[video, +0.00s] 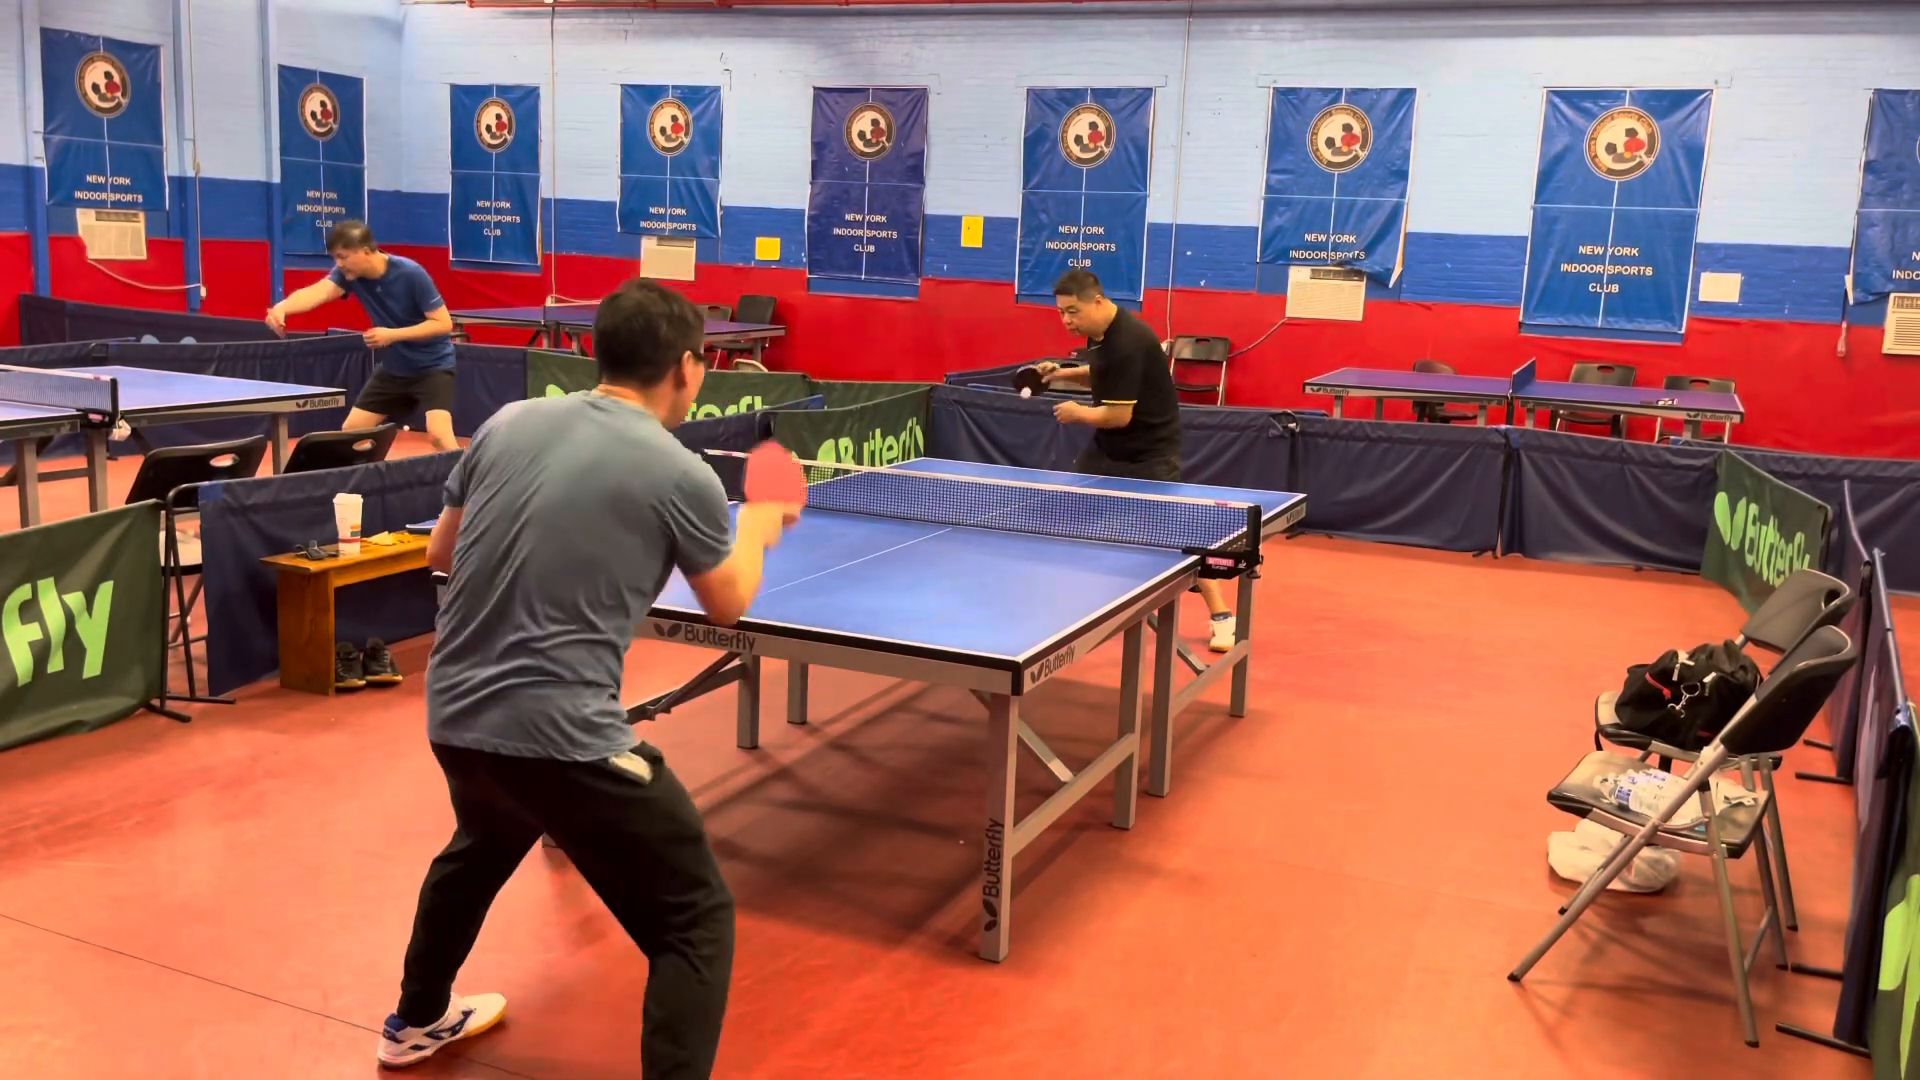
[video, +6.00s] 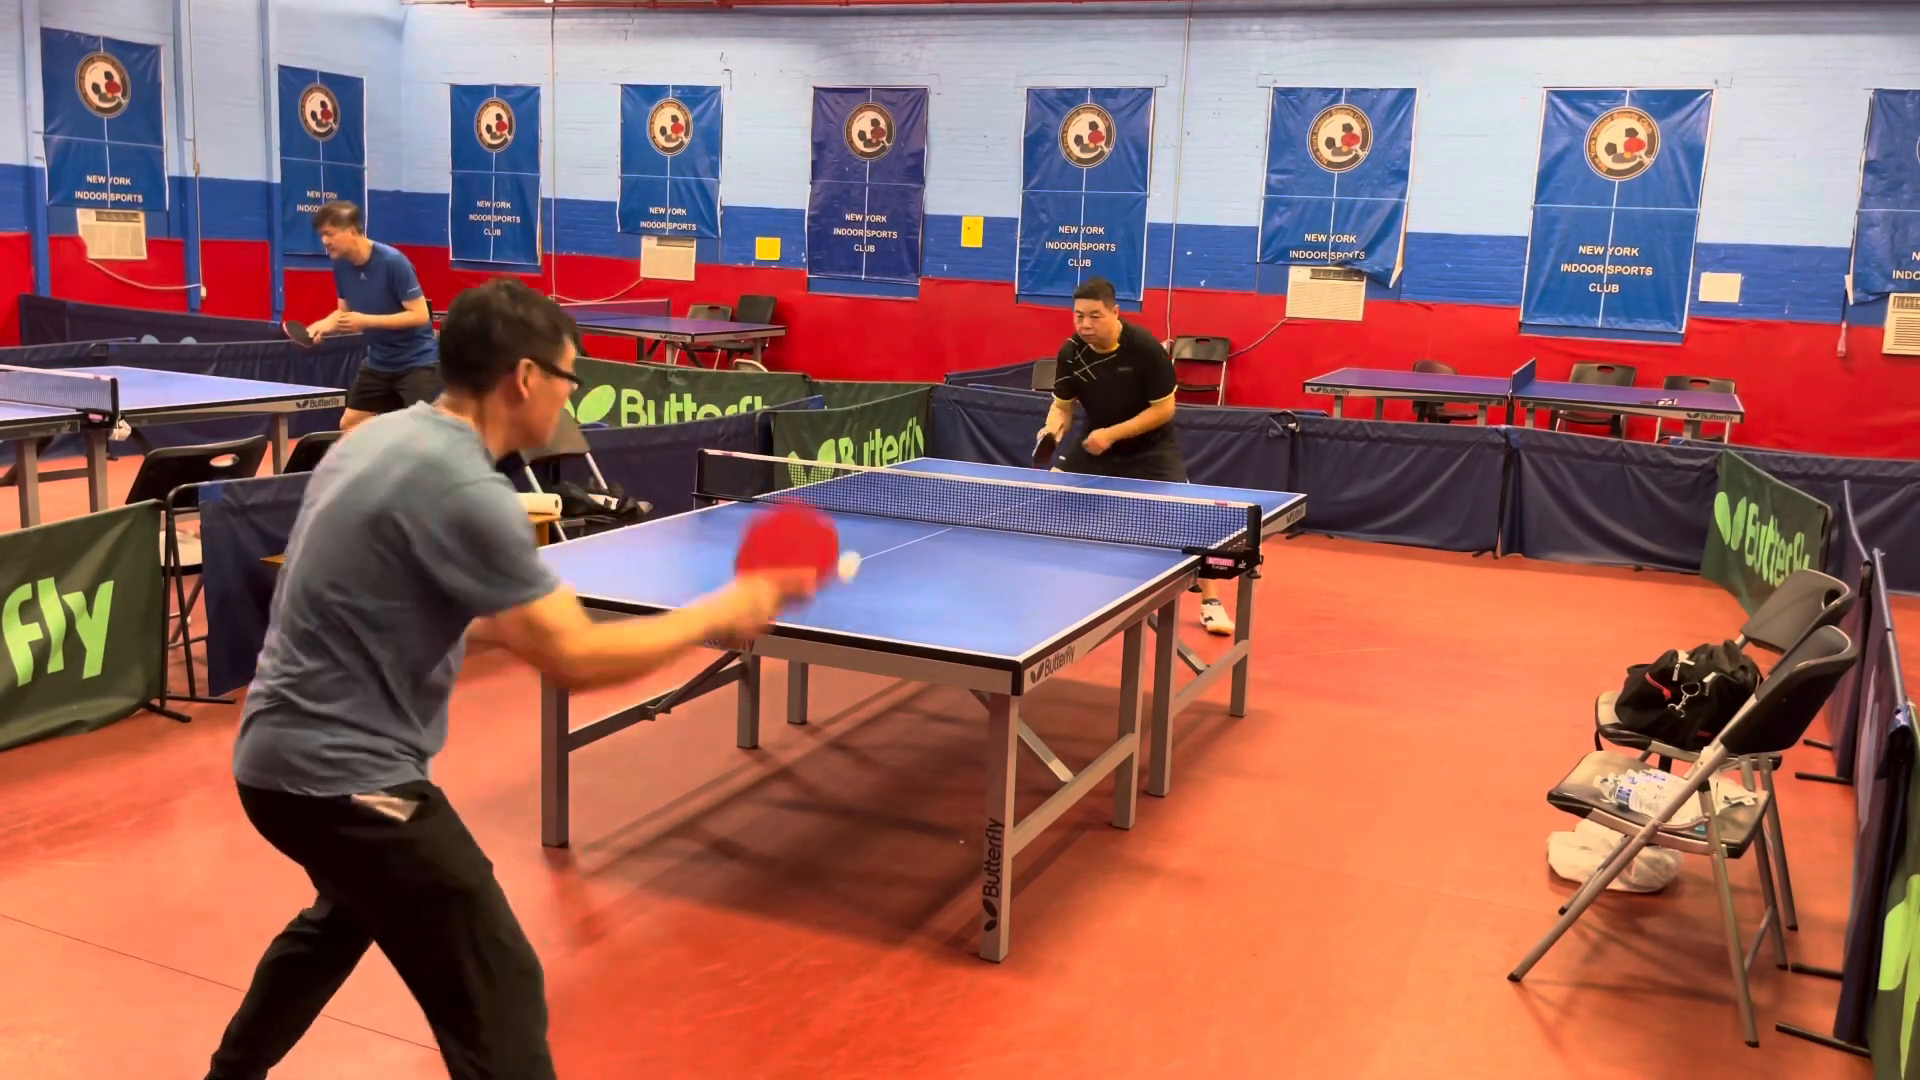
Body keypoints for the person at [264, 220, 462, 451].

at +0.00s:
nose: (338, 265)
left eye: (343, 257)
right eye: (336, 259)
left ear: (365, 251)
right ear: (363, 252)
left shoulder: (412, 274)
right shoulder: (349, 274)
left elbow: (443, 324)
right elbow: (319, 292)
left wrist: (393, 335)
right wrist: (282, 308)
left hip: (434, 367)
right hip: (393, 368)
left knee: (440, 436)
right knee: (351, 431)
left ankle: (469, 491)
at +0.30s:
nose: (349, 257)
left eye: (354, 250)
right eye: (347, 251)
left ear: (377, 246)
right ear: (374, 248)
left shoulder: (422, 273)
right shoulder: (364, 275)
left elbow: (453, 324)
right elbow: (352, 317)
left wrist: (400, 334)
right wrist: (321, 331)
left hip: (442, 363)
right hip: (403, 365)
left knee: (440, 435)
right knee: (363, 433)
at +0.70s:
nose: (328, 263)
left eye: (331, 256)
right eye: (326, 257)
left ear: (353, 250)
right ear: (351, 251)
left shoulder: (402, 272)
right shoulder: (346, 276)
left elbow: (438, 323)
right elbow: (318, 301)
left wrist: (384, 336)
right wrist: (288, 307)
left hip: (434, 363)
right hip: (397, 364)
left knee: (435, 433)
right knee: (357, 428)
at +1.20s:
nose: (307, 246)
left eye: (311, 239)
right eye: (305, 240)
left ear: (334, 235)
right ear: (332, 236)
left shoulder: (379, 262)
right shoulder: (317, 263)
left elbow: (413, 311)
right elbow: (302, 305)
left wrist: (363, 326)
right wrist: (282, 325)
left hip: (394, 353)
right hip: (355, 352)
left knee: (382, 427)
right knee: (318, 411)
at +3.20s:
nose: (321, 226)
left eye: (326, 219)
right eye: (320, 220)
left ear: (349, 219)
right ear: (345, 220)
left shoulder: (390, 252)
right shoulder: (337, 252)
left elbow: (421, 304)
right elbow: (347, 297)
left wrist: (367, 312)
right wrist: (322, 315)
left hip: (405, 357)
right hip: (367, 357)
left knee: (413, 430)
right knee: (352, 427)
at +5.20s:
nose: (314, 225)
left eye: (320, 217)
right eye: (313, 219)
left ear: (343, 217)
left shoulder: (383, 249)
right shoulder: (331, 254)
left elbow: (417, 299)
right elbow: (337, 301)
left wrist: (364, 309)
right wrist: (319, 317)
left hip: (402, 355)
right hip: (361, 355)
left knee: (412, 423)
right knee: (344, 422)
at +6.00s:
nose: (324, 242)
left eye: (329, 234)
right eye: (322, 236)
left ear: (352, 231)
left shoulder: (394, 262)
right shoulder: (341, 265)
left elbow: (421, 316)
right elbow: (345, 311)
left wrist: (364, 321)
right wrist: (324, 325)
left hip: (417, 362)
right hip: (377, 362)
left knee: (424, 429)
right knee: (350, 425)